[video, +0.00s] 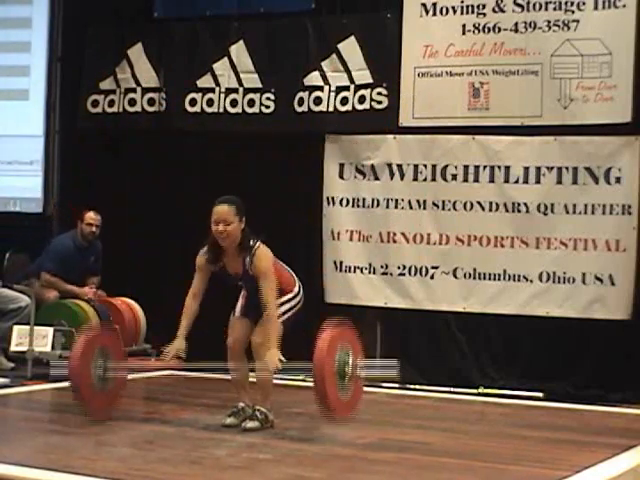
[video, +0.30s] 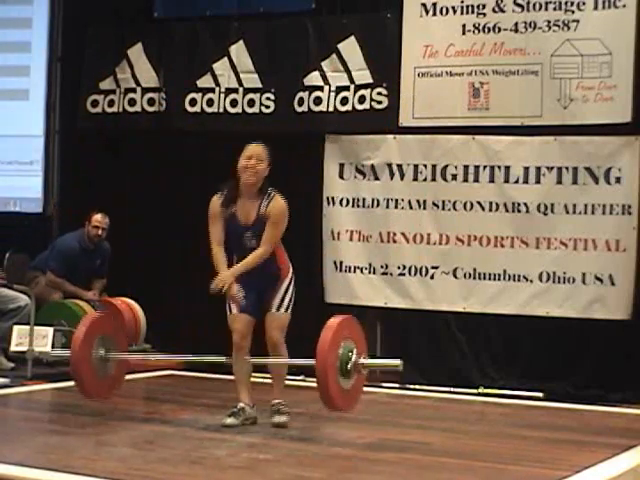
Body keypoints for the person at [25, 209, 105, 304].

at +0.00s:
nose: (93, 230)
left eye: (97, 226)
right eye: (89, 225)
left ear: (100, 229)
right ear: (80, 225)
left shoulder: (95, 246)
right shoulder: (62, 243)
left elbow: (94, 275)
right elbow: (45, 278)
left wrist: (91, 288)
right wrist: (78, 292)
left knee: (100, 296)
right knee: (52, 296)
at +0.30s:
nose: (99, 233)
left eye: (103, 230)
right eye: (96, 228)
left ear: (107, 232)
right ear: (87, 226)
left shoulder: (104, 248)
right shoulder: (68, 244)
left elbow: (100, 278)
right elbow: (51, 279)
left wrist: (95, 293)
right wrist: (84, 294)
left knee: (101, 298)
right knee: (56, 296)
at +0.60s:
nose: (103, 230)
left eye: (107, 226)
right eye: (99, 224)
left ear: (111, 228)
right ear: (91, 221)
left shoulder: (108, 245)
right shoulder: (69, 238)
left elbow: (100, 275)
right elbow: (54, 274)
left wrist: (93, 297)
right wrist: (81, 295)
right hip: (42, 265)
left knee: (101, 298)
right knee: (56, 296)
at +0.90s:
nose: (102, 194)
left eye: (106, 190)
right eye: (98, 190)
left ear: (110, 192)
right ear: (89, 188)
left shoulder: (108, 216)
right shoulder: (69, 211)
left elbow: (101, 252)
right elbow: (57, 254)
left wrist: (91, 283)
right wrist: (74, 283)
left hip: (78, 250)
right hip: (47, 248)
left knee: (93, 294)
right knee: (58, 292)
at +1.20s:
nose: (80, 216)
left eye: (82, 213)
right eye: (75, 212)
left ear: (85, 215)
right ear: (64, 214)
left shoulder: (81, 240)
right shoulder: (47, 234)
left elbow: (84, 279)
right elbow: (15, 246)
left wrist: (88, 250)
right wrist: (34, 269)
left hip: (67, 285)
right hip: (43, 284)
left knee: (95, 292)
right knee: (45, 293)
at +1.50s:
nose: (78, 212)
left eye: (80, 208)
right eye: (73, 208)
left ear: (81, 210)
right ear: (61, 211)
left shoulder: (79, 238)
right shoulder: (41, 236)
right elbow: (28, 265)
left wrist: (82, 269)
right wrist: (56, 278)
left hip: (69, 285)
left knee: (95, 292)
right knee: (46, 293)